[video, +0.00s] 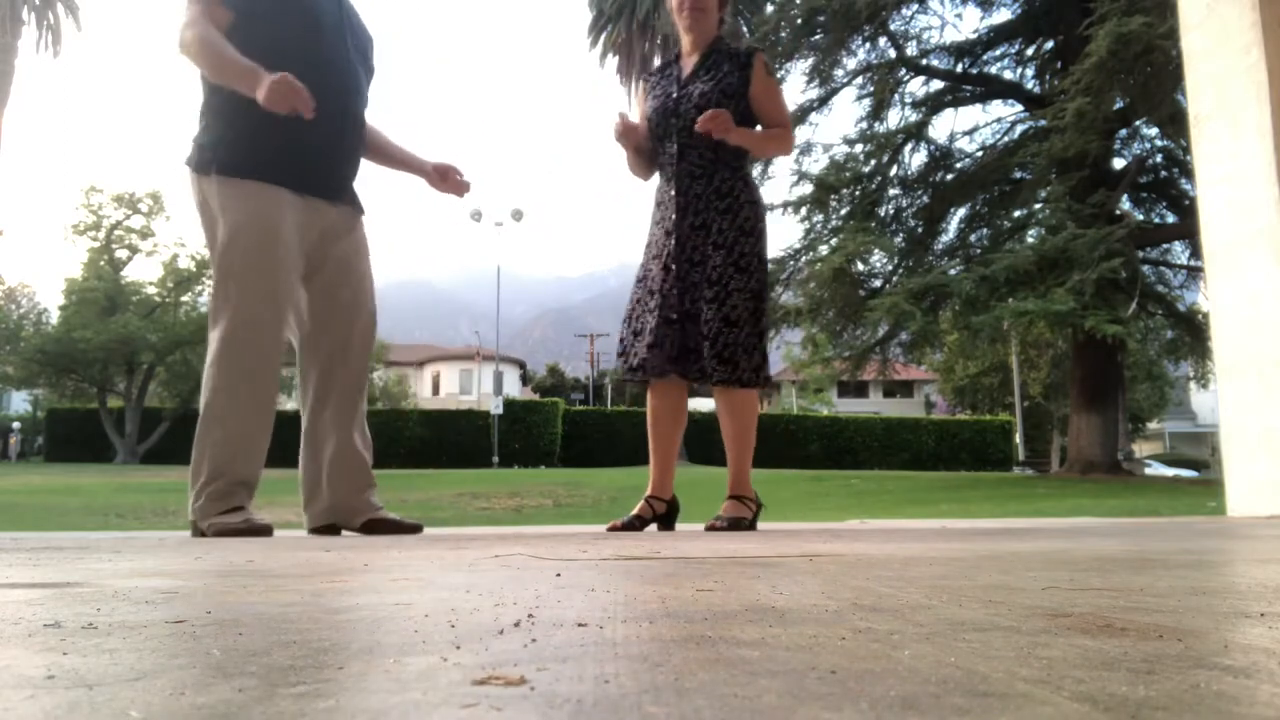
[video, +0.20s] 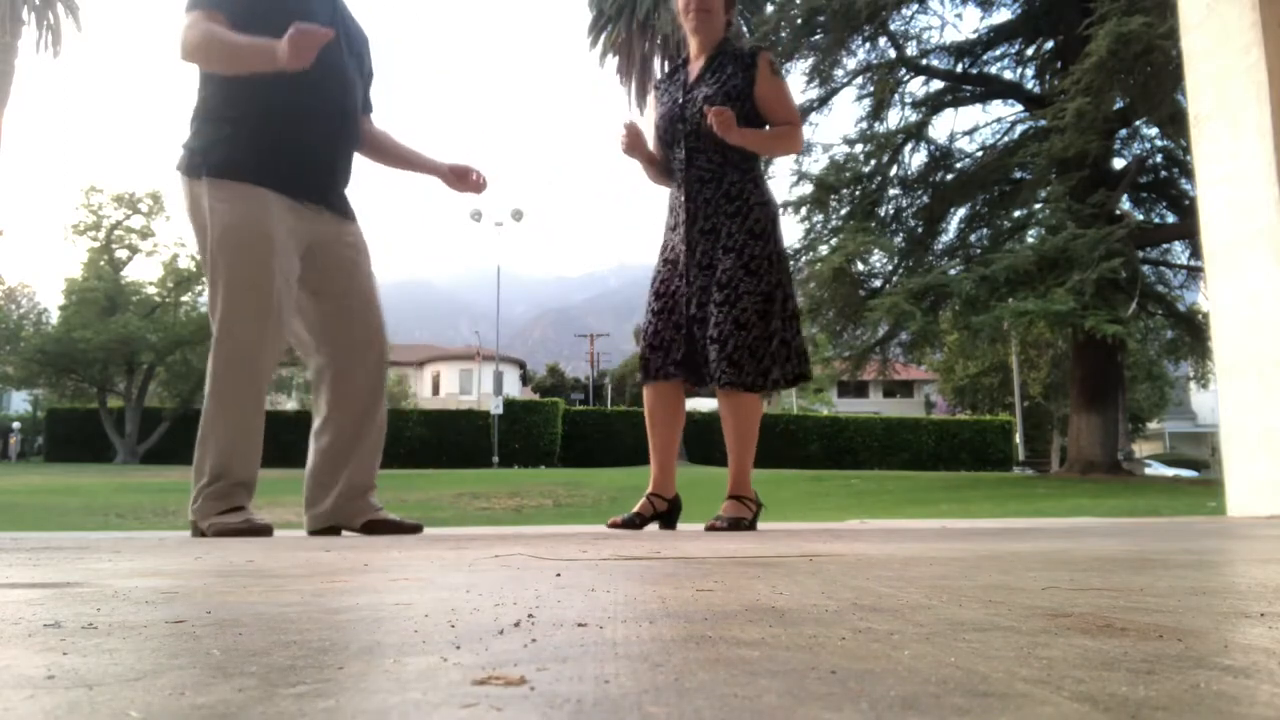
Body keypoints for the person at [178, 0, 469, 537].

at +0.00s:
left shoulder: (354, 27)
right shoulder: (240, 1)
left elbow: (345, 123)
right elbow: (195, 33)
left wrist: (423, 167)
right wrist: (259, 81)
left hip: (332, 192)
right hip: (250, 172)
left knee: (343, 342)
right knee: (250, 334)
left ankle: (341, 503)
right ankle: (220, 504)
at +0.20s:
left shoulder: (352, 32)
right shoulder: (243, 1)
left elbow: (358, 129)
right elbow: (195, 41)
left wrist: (439, 168)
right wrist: (277, 54)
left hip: (323, 201)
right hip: (241, 181)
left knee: (358, 351)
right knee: (247, 343)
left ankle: (341, 505)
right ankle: (219, 506)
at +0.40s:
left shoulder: (347, 23)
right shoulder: (242, 1)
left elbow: (351, 118)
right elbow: (182, 24)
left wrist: (437, 144)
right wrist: (268, 48)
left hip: (318, 192)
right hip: (235, 175)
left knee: (328, 345)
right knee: (231, 342)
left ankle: (336, 501)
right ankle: (218, 505)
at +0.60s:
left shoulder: (343, 29)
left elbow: (349, 126)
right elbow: (181, 46)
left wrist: (436, 161)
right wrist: (249, 79)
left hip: (312, 195)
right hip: (230, 173)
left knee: (344, 340)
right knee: (237, 340)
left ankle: (341, 503)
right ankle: (219, 505)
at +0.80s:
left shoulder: (346, 20)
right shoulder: (231, 0)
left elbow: (347, 117)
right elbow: (176, 31)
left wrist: (433, 149)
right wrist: (256, 65)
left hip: (319, 190)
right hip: (235, 172)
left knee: (328, 349)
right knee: (231, 343)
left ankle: (337, 502)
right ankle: (219, 505)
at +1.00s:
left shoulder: (352, 28)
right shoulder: (235, 2)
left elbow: (361, 126)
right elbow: (184, 48)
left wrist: (452, 159)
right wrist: (246, 103)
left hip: (323, 198)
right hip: (239, 178)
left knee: (355, 340)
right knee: (243, 339)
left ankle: (340, 505)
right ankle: (219, 507)